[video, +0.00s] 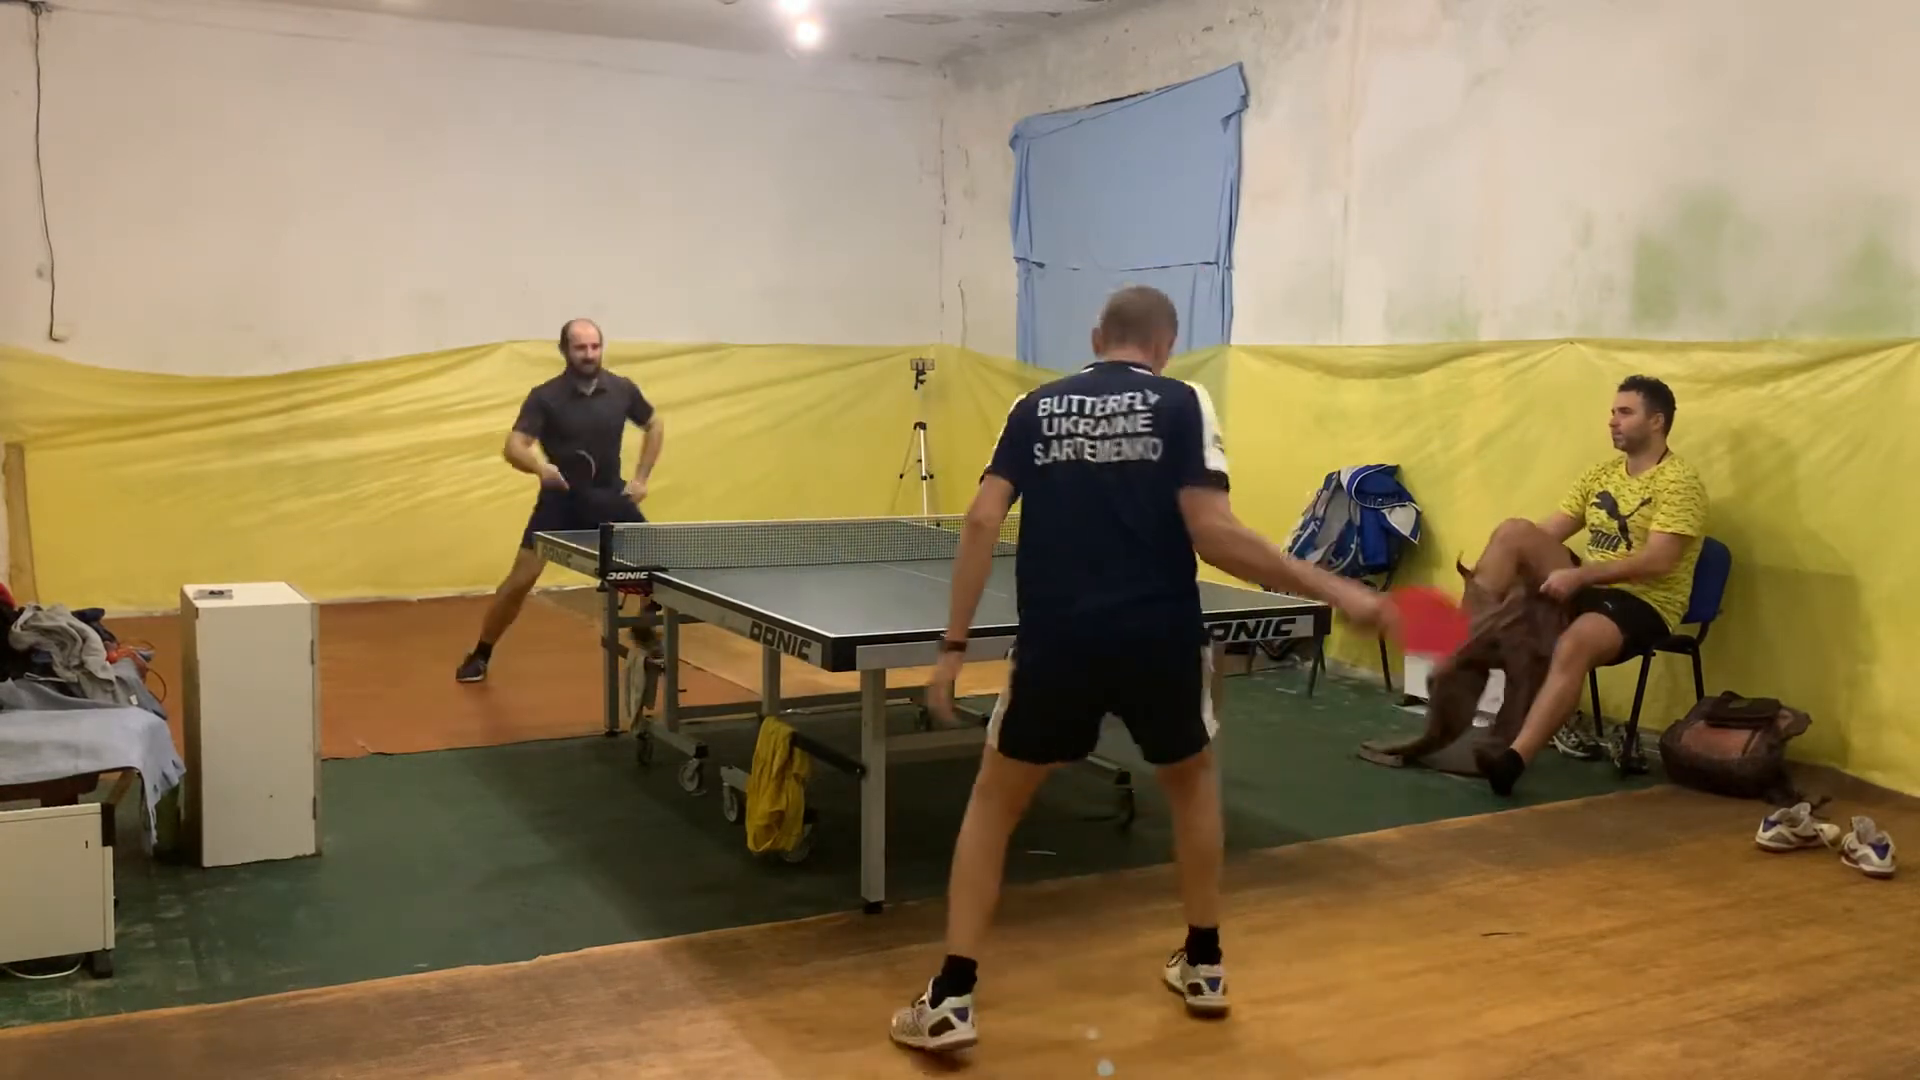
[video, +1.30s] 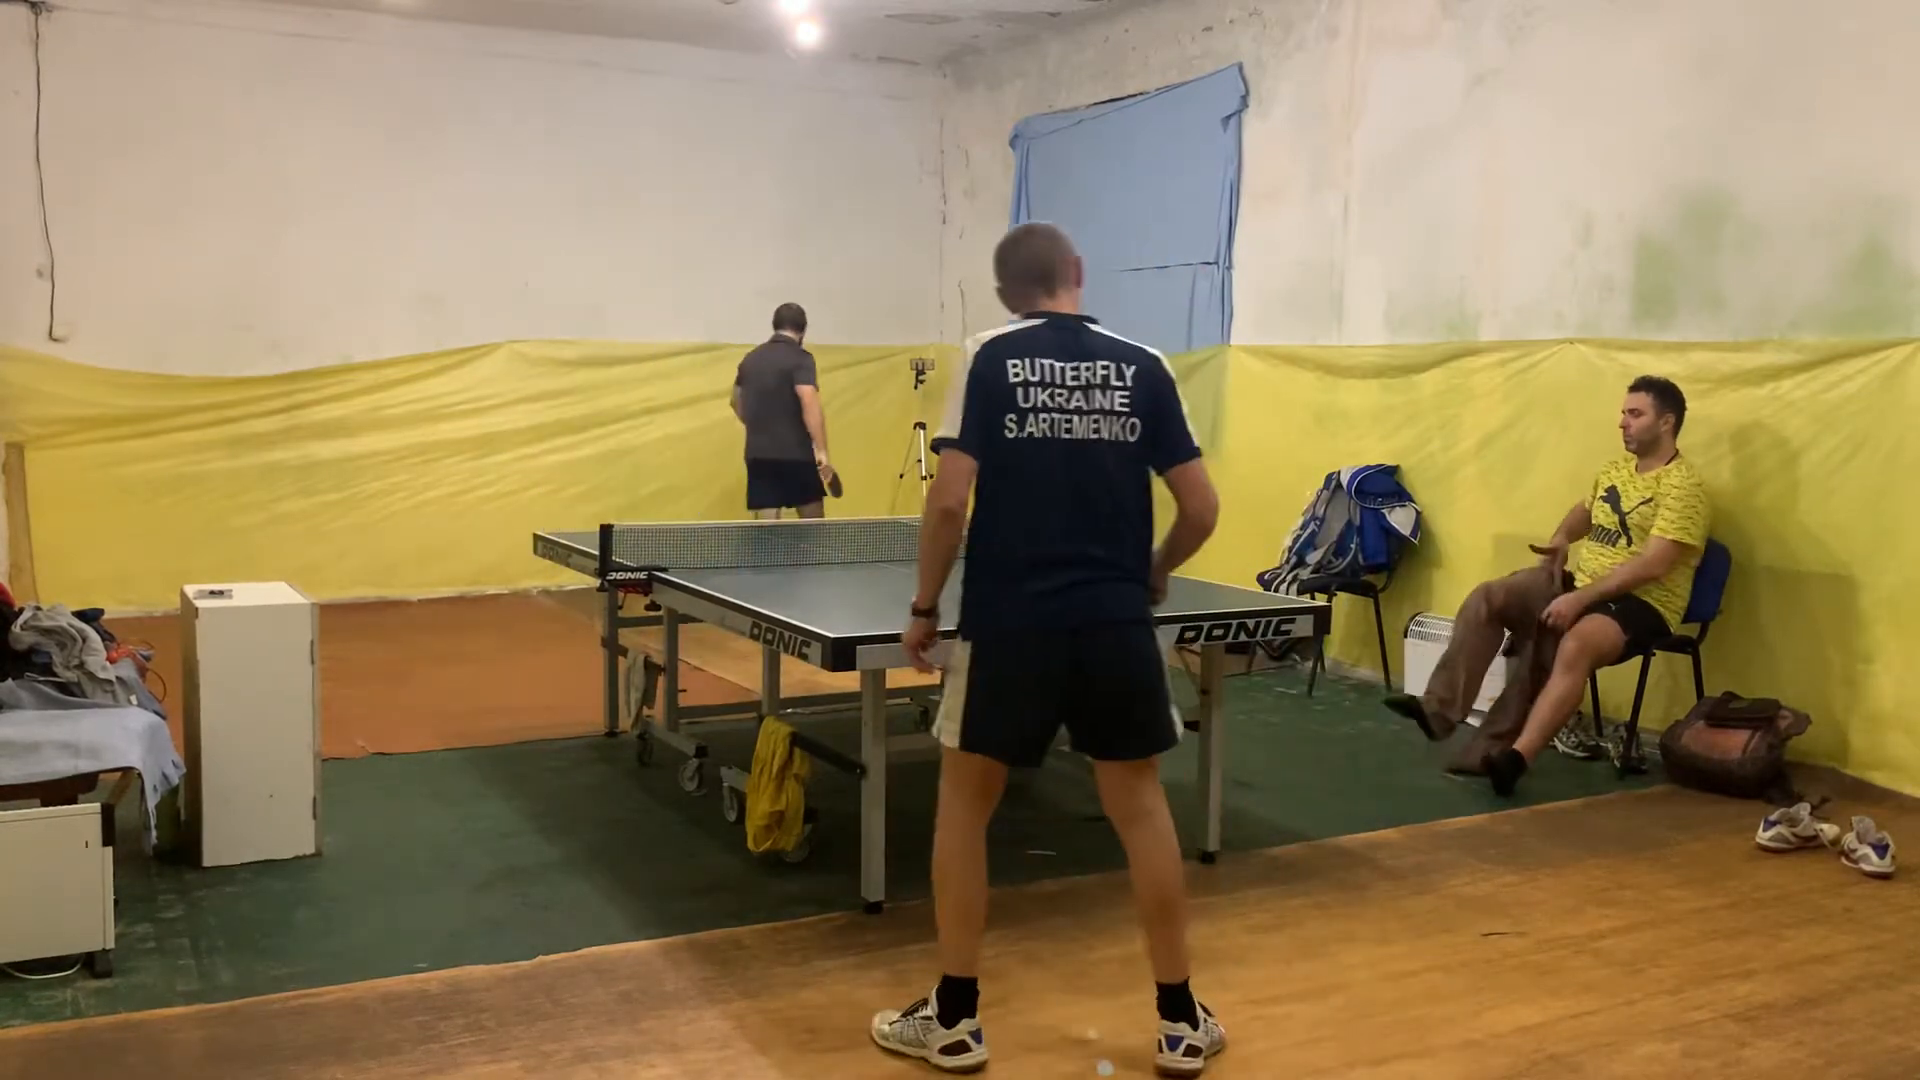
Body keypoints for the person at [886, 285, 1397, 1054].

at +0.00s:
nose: (1168, 364)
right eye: (1172, 355)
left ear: (1096, 340)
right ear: (1166, 350)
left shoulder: (1036, 407)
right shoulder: (1180, 401)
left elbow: (981, 519)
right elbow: (1211, 529)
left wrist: (954, 642)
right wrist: (1336, 591)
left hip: (1055, 650)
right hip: (1159, 647)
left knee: (994, 805)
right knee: (1191, 785)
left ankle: (951, 995)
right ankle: (1204, 960)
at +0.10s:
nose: (1172, 341)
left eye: (1173, 328)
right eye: (1171, 327)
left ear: (1099, 314)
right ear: (1148, 315)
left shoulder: (1029, 389)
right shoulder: (1165, 381)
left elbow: (978, 517)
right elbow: (1215, 525)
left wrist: (961, 634)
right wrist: (1298, 515)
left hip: (1052, 634)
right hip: (1154, 632)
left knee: (1001, 799)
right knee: (1190, 781)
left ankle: (938, 975)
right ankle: (1200, 963)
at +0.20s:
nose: (1156, 312)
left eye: (1151, 302)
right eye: (1157, 302)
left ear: (1080, 300)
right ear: (1148, 304)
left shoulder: (1029, 374)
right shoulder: (1182, 379)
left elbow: (997, 526)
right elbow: (1201, 502)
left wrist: (1056, 544)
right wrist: (1127, 496)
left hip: (1053, 622)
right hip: (1150, 624)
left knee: (995, 786)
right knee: (1180, 782)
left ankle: (914, 967)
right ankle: (1200, 962)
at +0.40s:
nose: (1043, 321)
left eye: (1040, 307)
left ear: (1043, 312)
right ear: (1116, 326)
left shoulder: (1003, 390)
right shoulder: (1149, 405)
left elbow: (959, 534)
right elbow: (1158, 538)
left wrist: (978, 610)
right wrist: (1126, 606)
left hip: (1026, 649)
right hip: (1129, 645)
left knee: (957, 827)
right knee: (1152, 792)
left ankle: (927, 1017)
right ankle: (1196, 966)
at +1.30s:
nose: (1074, 292)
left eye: (1012, 292)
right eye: (1077, 278)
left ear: (1004, 293)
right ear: (1078, 281)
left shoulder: (990, 359)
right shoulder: (1142, 366)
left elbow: (949, 501)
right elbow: (1200, 509)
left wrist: (924, 607)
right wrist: (1155, 573)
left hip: (1010, 632)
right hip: (1117, 630)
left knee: (965, 805)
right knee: (1141, 804)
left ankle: (952, 1014)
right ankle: (1180, 1017)